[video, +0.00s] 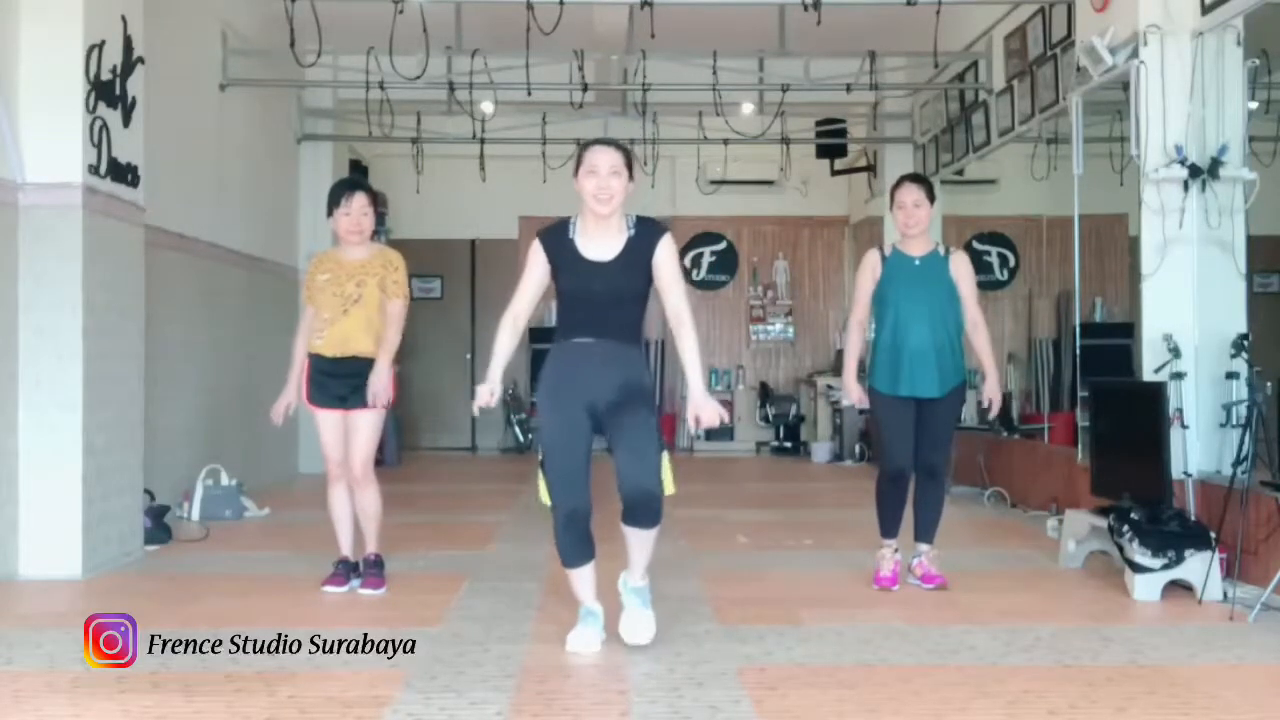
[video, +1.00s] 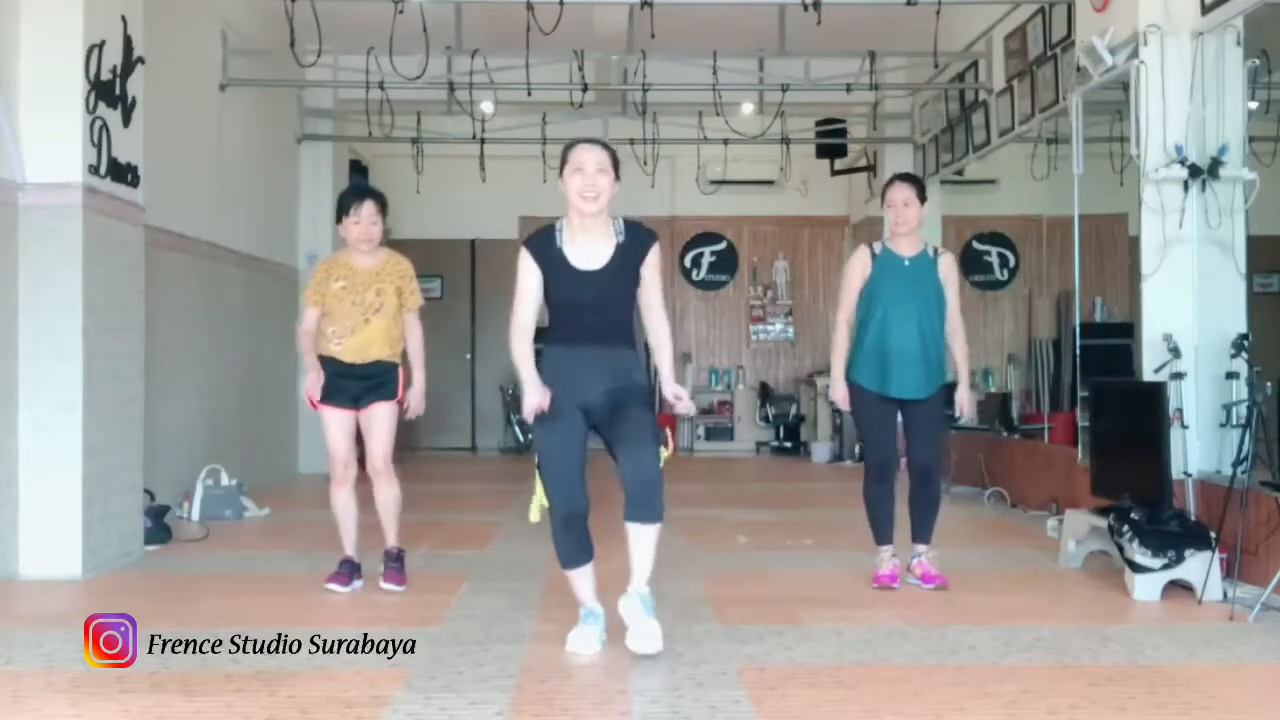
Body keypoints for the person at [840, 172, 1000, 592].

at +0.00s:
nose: (908, 214)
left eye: (917, 205)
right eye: (901, 206)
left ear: (932, 210)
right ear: (891, 212)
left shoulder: (955, 260)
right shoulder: (876, 260)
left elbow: (974, 321)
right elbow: (858, 320)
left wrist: (991, 374)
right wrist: (849, 375)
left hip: (944, 385)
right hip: (890, 385)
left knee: (933, 468)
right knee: (896, 466)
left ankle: (923, 555)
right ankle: (888, 552)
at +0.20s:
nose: (907, 212)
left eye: (915, 204)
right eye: (899, 205)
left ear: (931, 210)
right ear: (890, 211)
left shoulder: (953, 261)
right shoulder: (876, 258)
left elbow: (969, 322)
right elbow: (857, 319)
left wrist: (986, 374)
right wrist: (856, 374)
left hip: (944, 385)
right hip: (890, 384)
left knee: (934, 469)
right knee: (894, 467)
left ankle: (923, 556)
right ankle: (887, 554)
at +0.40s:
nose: (905, 210)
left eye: (913, 202)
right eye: (898, 202)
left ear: (930, 206)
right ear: (889, 209)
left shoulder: (952, 257)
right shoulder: (875, 255)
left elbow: (968, 317)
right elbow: (861, 315)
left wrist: (984, 368)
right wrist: (871, 365)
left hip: (940, 381)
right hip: (889, 380)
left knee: (931, 467)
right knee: (886, 466)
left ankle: (922, 554)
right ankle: (887, 553)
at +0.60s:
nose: (904, 210)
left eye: (912, 201)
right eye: (896, 203)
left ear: (929, 206)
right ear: (887, 209)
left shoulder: (950, 259)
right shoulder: (874, 256)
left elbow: (966, 320)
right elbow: (859, 317)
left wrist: (983, 370)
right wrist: (874, 364)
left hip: (938, 383)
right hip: (887, 381)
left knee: (929, 467)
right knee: (886, 466)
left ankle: (922, 555)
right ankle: (886, 554)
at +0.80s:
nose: (902, 208)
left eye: (910, 200)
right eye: (895, 201)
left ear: (928, 206)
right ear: (886, 208)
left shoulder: (950, 259)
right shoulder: (872, 255)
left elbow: (968, 320)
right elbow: (855, 318)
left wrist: (979, 375)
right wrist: (855, 374)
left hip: (936, 383)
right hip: (883, 382)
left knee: (928, 467)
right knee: (884, 467)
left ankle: (921, 555)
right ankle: (886, 554)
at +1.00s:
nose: (897, 212)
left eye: (906, 205)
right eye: (891, 205)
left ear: (923, 209)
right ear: (883, 210)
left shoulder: (943, 262)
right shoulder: (864, 258)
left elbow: (954, 325)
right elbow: (844, 320)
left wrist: (964, 381)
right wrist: (837, 376)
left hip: (927, 384)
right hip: (870, 383)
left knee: (926, 468)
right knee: (880, 465)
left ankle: (921, 554)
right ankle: (885, 555)